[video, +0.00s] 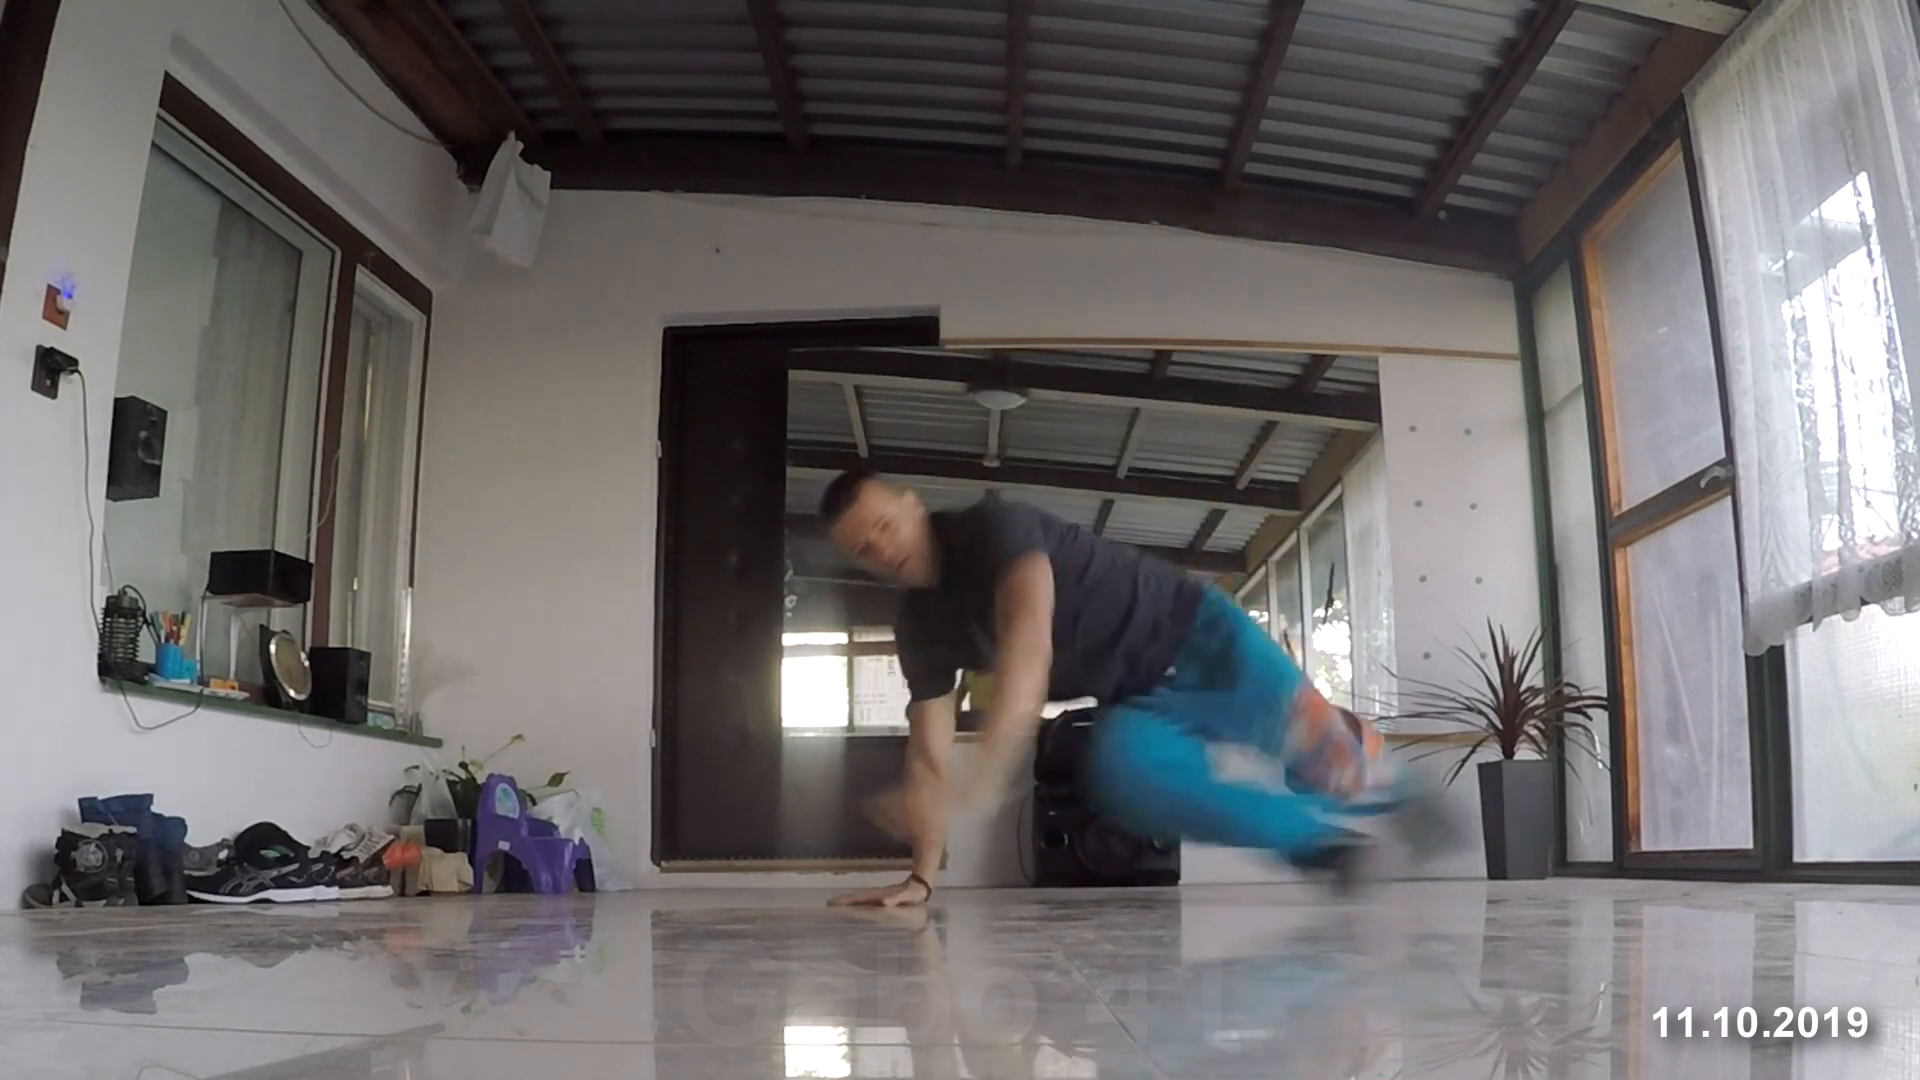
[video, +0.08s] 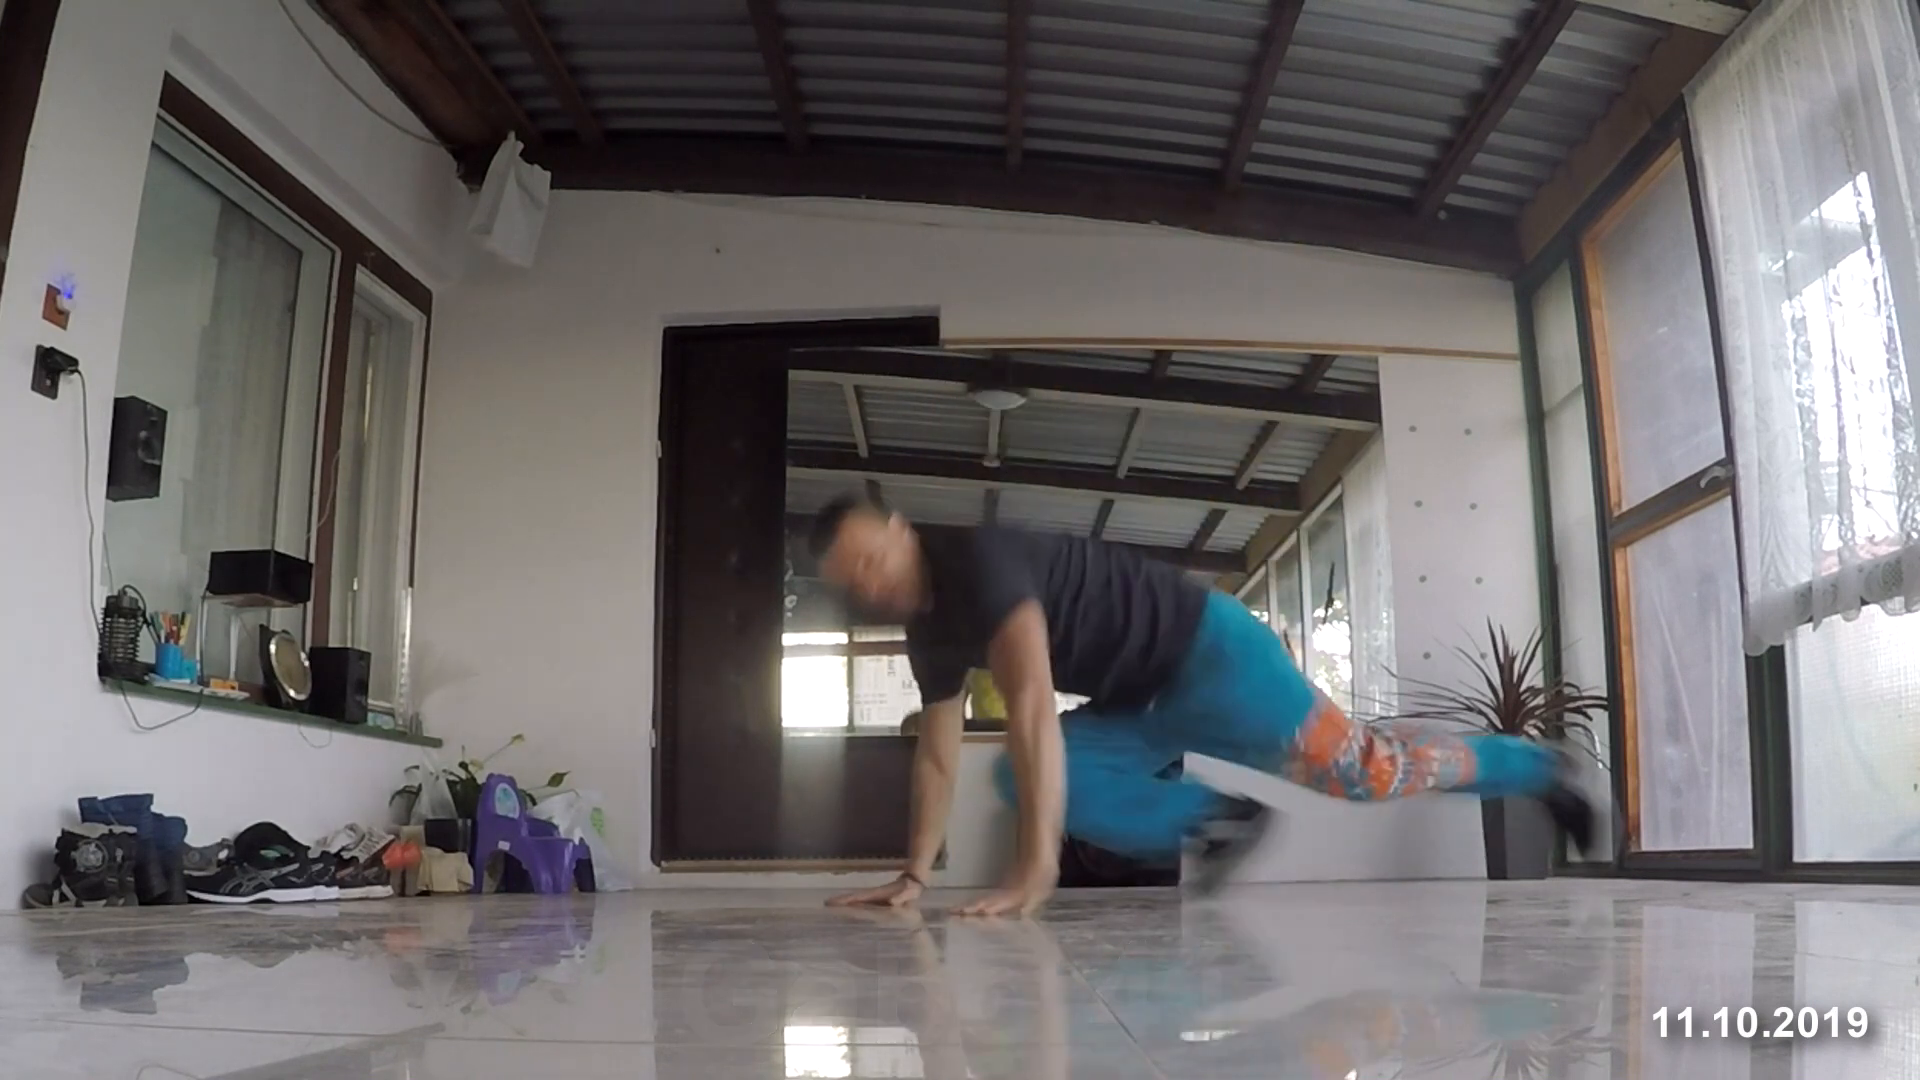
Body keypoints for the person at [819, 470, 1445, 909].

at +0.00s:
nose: (881, 553)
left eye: (883, 529)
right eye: (862, 551)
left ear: (911, 502)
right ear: (858, 561)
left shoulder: (1000, 527)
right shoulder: (920, 624)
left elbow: (1027, 664)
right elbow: (933, 753)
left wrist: (974, 784)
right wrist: (921, 877)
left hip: (1206, 635)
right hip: (1145, 700)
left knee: (1329, 770)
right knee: (1122, 770)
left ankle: (1410, 800)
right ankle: (1335, 841)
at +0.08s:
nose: (862, 587)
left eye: (862, 564)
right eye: (847, 583)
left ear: (897, 529)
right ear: (852, 587)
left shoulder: (986, 562)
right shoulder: (932, 630)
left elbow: (1033, 717)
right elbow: (937, 749)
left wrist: (1030, 878)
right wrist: (916, 871)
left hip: (1207, 654)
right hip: (1135, 707)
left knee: (1366, 771)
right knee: (1033, 772)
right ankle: (1223, 822)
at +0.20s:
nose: (857, 714)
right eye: (848, 705)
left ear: (872, 659)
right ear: (875, 666)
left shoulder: (977, 636)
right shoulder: (942, 678)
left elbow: (1099, 738)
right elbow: (923, 768)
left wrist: (1056, 890)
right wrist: (897, 875)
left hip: (1211, 702)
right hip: (1137, 738)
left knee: (1401, 801)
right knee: (1036, 776)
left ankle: (1585, 796)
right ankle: (1194, 830)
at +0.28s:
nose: (956, 817)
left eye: (940, 811)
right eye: (937, 819)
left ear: (921, 761)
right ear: (920, 772)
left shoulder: (1002, 677)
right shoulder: (948, 735)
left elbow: (1103, 744)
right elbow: (939, 788)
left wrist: (1053, 887)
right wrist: (900, 871)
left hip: (1236, 730)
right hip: (1155, 775)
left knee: (1433, 820)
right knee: (1060, 849)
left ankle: (1617, 814)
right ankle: (1211, 834)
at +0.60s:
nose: (924, 768)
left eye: (911, 761)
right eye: (907, 768)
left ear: (916, 715)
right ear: (909, 718)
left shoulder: (1006, 643)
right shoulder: (951, 697)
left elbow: (1085, 736)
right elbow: (929, 786)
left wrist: (1053, 887)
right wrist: (896, 878)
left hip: (1241, 674)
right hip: (1167, 726)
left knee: (1412, 775)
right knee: (1058, 787)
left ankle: (1622, 803)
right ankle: (1214, 838)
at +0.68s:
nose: (871, 643)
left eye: (868, 621)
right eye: (862, 635)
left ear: (898, 587)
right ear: (887, 623)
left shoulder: (999, 582)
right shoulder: (957, 648)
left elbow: (1060, 716)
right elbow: (934, 760)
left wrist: (1052, 874)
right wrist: (894, 877)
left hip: (1245, 606)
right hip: (1179, 670)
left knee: (1401, 705)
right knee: (1079, 749)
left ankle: (1612, 792)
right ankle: (1223, 840)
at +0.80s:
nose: (858, 447)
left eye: (863, 426)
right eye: (846, 443)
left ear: (903, 409)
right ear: (857, 461)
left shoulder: (985, 446)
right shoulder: (933, 533)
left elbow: (1015, 590)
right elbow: (919, 672)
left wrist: (1005, 748)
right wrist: (887, 800)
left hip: (1235, 528)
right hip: (1169, 597)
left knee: (1405, 641)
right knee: (1094, 702)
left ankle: (1561, 749)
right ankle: (1232, 847)